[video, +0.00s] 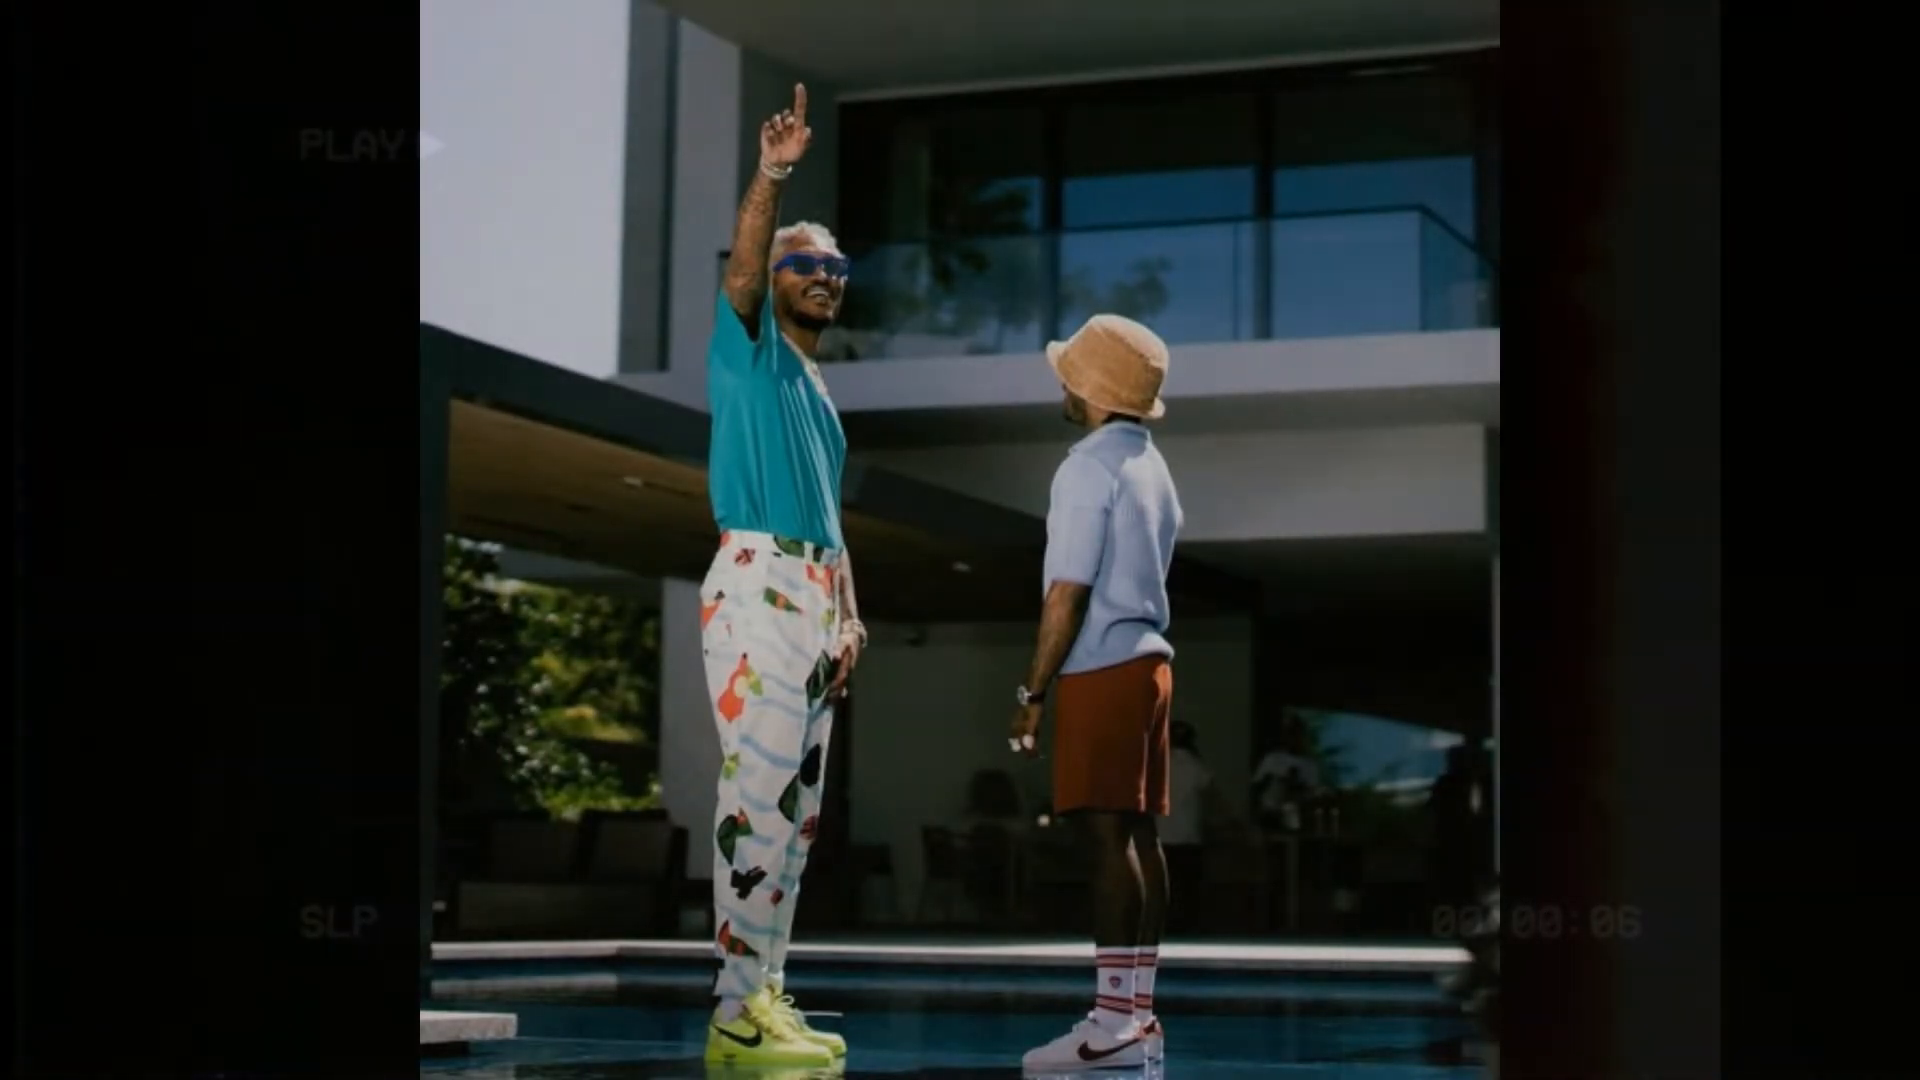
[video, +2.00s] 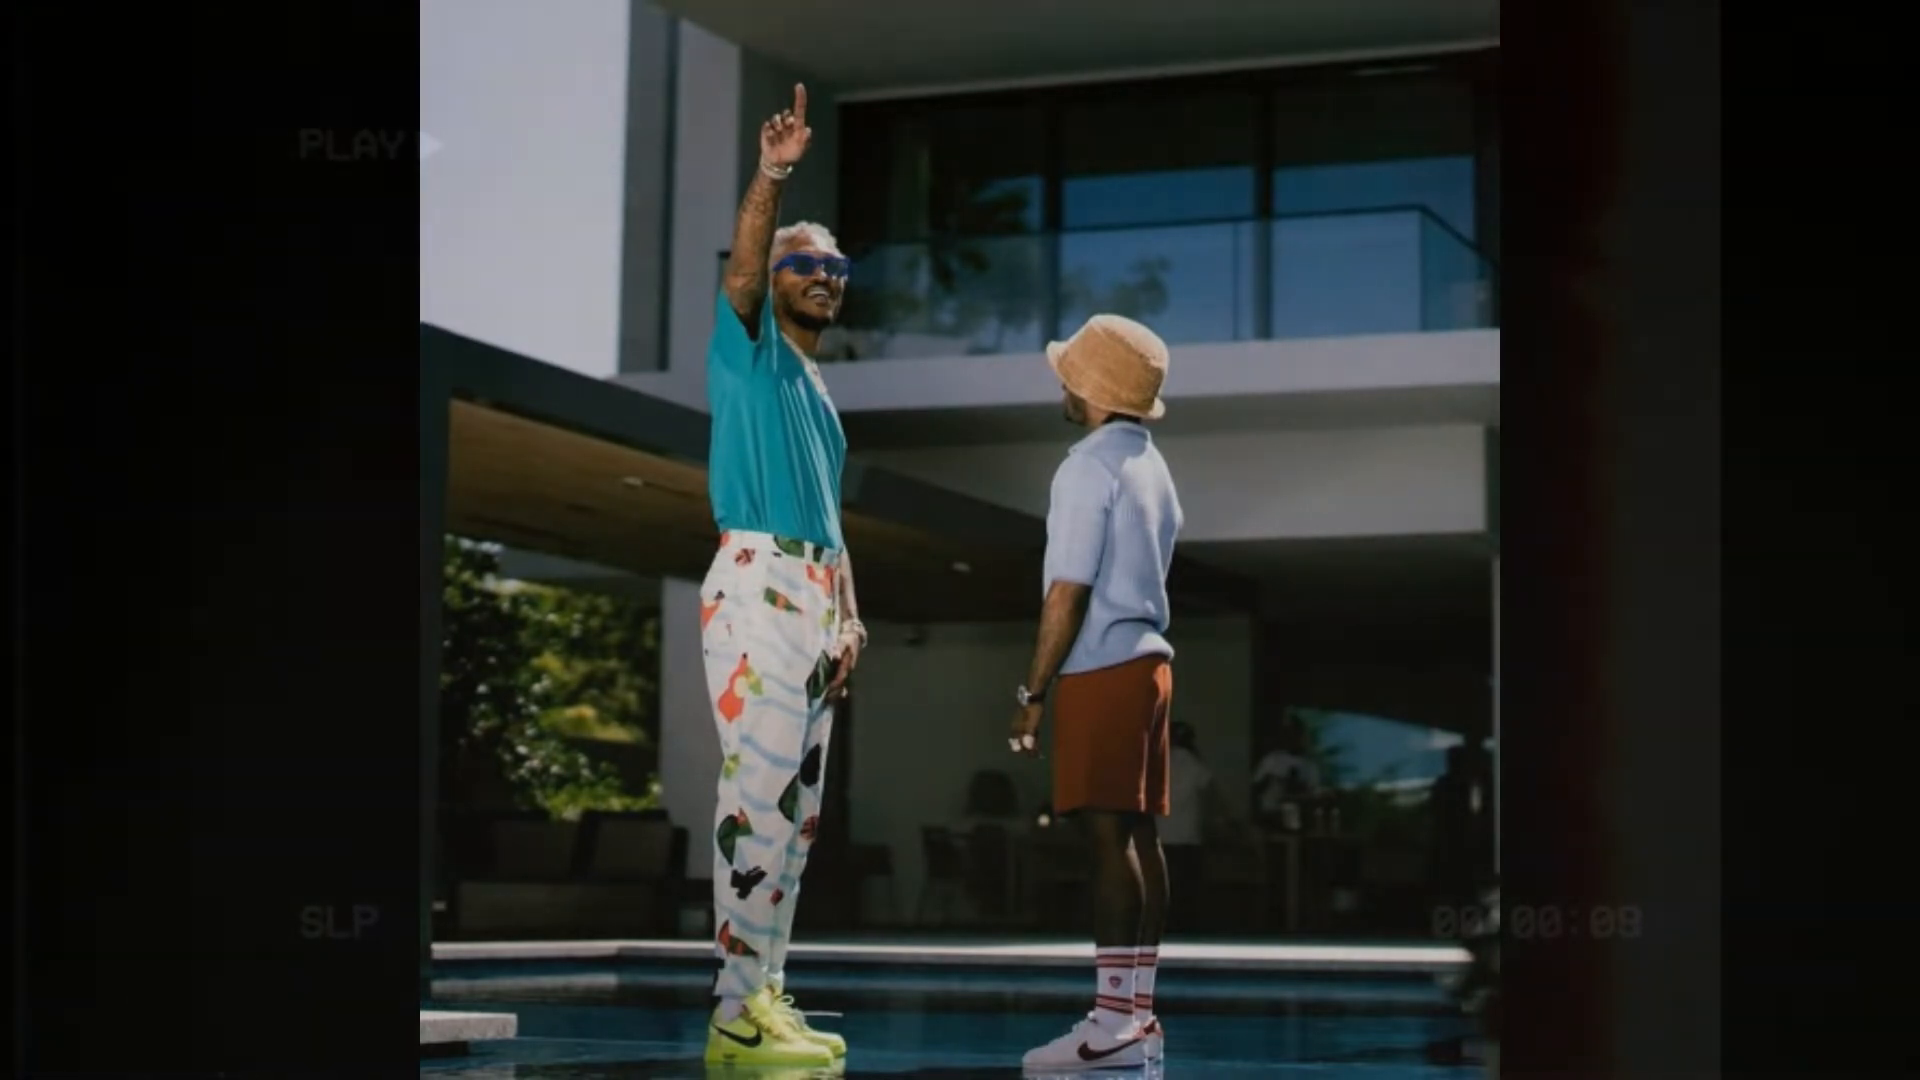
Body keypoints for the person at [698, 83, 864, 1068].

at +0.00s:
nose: (823, 283)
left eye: (834, 273)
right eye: (806, 268)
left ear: (841, 292)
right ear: (770, 278)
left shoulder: (818, 394)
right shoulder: (744, 343)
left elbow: (827, 520)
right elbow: (744, 267)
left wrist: (847, 612)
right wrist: (770, 173)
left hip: (813, 590)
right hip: (755, 581)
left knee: (793, 798)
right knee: (759, 793)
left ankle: (758, 1002)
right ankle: (745, 1007)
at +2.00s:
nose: (823, 283)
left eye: (834, 274)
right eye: (806, 268)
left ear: (841, 293)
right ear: (770, 278)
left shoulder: (818, 394)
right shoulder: (744, 343)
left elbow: (828, 520)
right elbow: (744, 268)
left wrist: (847, 612)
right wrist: (769, 174)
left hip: (814, 589)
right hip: (756, 581)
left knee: (794, 798)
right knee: (759, 791)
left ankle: (756, 1003)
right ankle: (746, 1003)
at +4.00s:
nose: (823, 282)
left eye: (834, 273)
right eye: (806, 268)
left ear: (841, 293)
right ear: (770, 278)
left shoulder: (818, 395)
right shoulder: (744, 343)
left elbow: (827, 520)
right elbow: (743, 268)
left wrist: (847, 613)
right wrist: (770, 173)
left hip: (814, 590)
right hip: (756, 582)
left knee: (794, 798)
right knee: (758, 791)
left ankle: (757, 1002)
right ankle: (746, 1003)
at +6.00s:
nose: (823, 283)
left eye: (834, 274)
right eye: (806, 268)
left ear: (841, 293)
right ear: (770, 278)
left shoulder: (817, 393)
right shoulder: (744, 343)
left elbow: (827, 519)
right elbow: (743, 268)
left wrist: (846, 612)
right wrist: (770, 174)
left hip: (814, 590)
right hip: (756, 582)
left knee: (793, 799)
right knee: (759, 791)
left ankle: (754, 1007)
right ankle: (748, 1004)